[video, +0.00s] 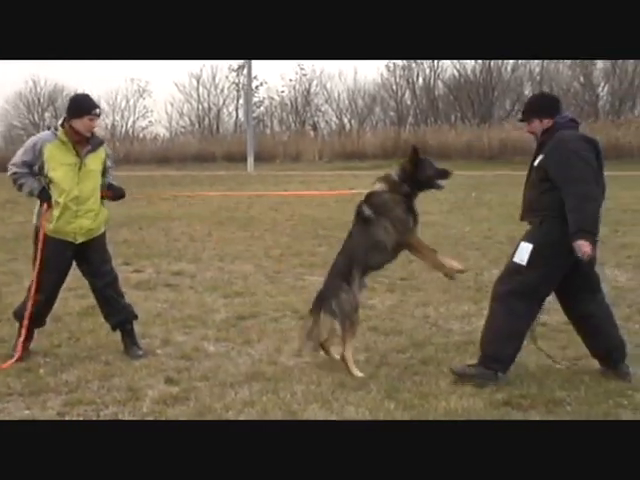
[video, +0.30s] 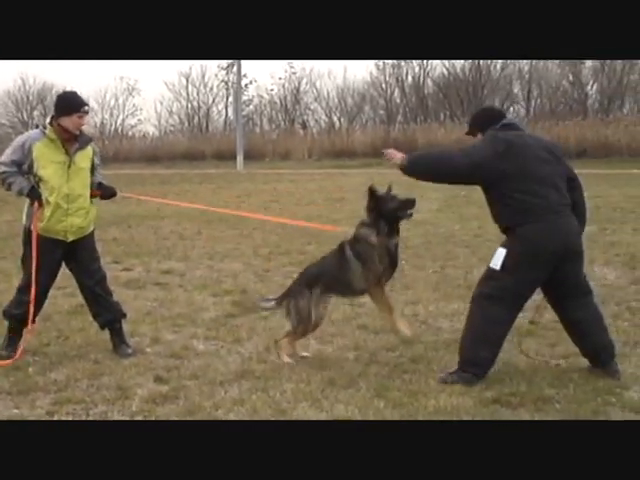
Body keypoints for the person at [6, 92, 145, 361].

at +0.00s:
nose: (94, 123)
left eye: (96, 118)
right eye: (90, 118)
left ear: (93, 120)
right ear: (72, 118)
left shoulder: (99, 148)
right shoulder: (43, 143)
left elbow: (105, 176)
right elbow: (17, 170)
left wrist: (109, 189)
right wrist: (40, 190)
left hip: (92, 232)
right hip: (57, 233)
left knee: (108, 284)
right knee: (45, 290)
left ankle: (129, 339)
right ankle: (24, 338)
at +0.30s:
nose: (83, 121)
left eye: (84, 116)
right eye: (78, 115)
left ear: (81, 118)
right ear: (61, 116)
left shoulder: (88, 146)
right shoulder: (31, 142)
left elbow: (94, 175)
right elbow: (6, 169)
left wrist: (99, 187)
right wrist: (29, 189)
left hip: (81, 231)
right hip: (45, 232)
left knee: (96, 284)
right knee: (34, 288)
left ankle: (118, 336)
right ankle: (13, 336)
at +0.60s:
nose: (79, 119)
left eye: (81, 114)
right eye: (74, 113)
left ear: (80, 116)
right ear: (57, 114)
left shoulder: (88, 146)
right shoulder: (27, 138)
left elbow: (98, 178)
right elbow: (5, 162)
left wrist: (107, 187)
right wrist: (20, 182)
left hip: (76, 227)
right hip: (37, 228)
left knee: (91, 281)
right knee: (26, 284)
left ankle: (111, 333)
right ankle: (6, 334)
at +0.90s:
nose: (73, 116)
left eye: (76, 111)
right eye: (68, 111)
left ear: (77, 113)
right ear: (52, 111)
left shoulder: (83, 142)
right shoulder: (22, 136)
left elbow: (92, 172)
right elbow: (2, 164)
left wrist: (96, 184)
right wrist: (16, 181)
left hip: (74, 227)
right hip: (35, 227)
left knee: (88, 280)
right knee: (22, 284)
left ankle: (107, 334)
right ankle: (2, 329)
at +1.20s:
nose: (59, 120)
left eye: (62, 115)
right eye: (53, 115)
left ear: (64, 117)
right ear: (38, 116)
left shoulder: (73, 146)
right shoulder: (11, 145)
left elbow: (87, 173)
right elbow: (2, 177)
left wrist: (92, 189)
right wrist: (11, 191)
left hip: (69, 229)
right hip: (28, 232)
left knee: (86, 281)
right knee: (17, 289)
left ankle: (108, 341)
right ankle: (4, 346)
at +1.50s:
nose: (67, 121)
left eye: (70, 116)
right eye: (62, 116)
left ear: (72, 117)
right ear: (46, 117)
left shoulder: (80, 146)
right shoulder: (18, 145)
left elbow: (91, 168)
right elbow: (3, 175)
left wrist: (89, 185)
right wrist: (17, 190)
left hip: (74, 230)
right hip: (36, 232)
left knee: (87, 283)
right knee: (22, 288)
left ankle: (108, 341)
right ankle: (4, 340)